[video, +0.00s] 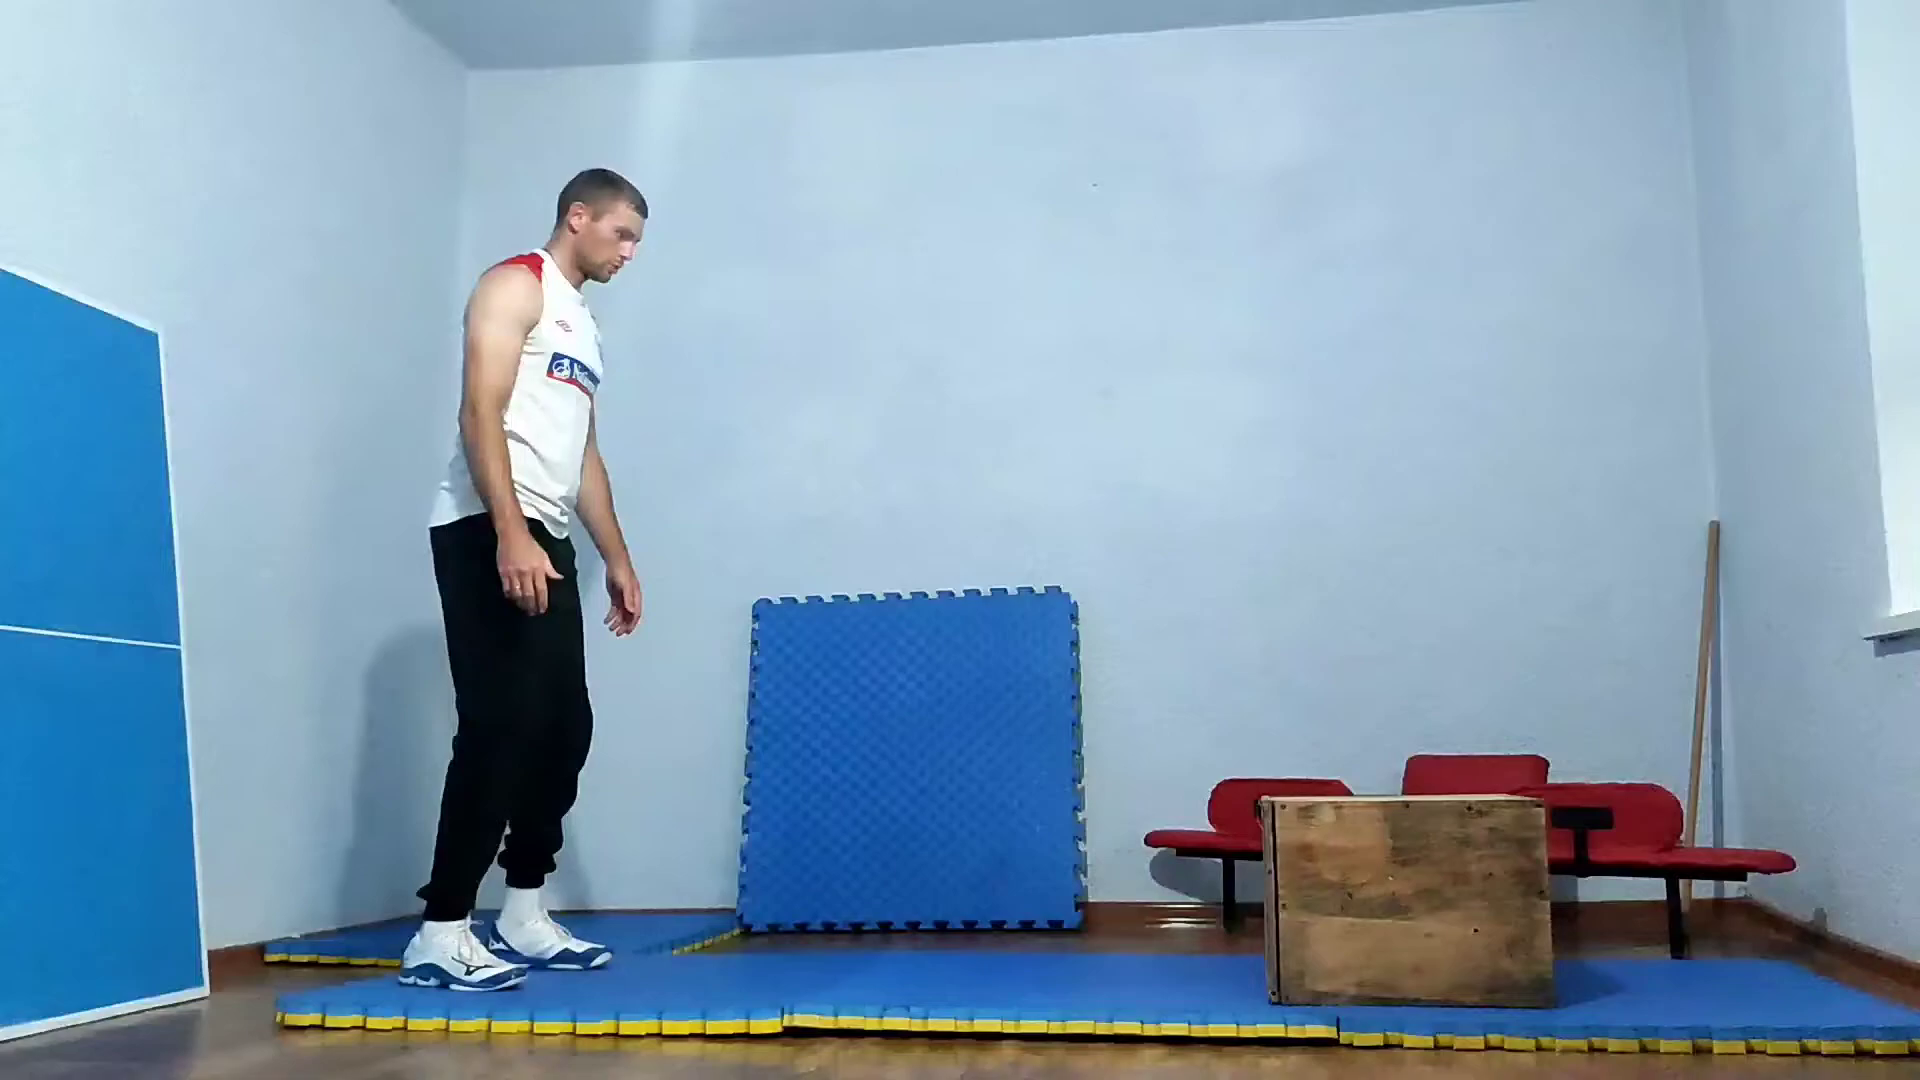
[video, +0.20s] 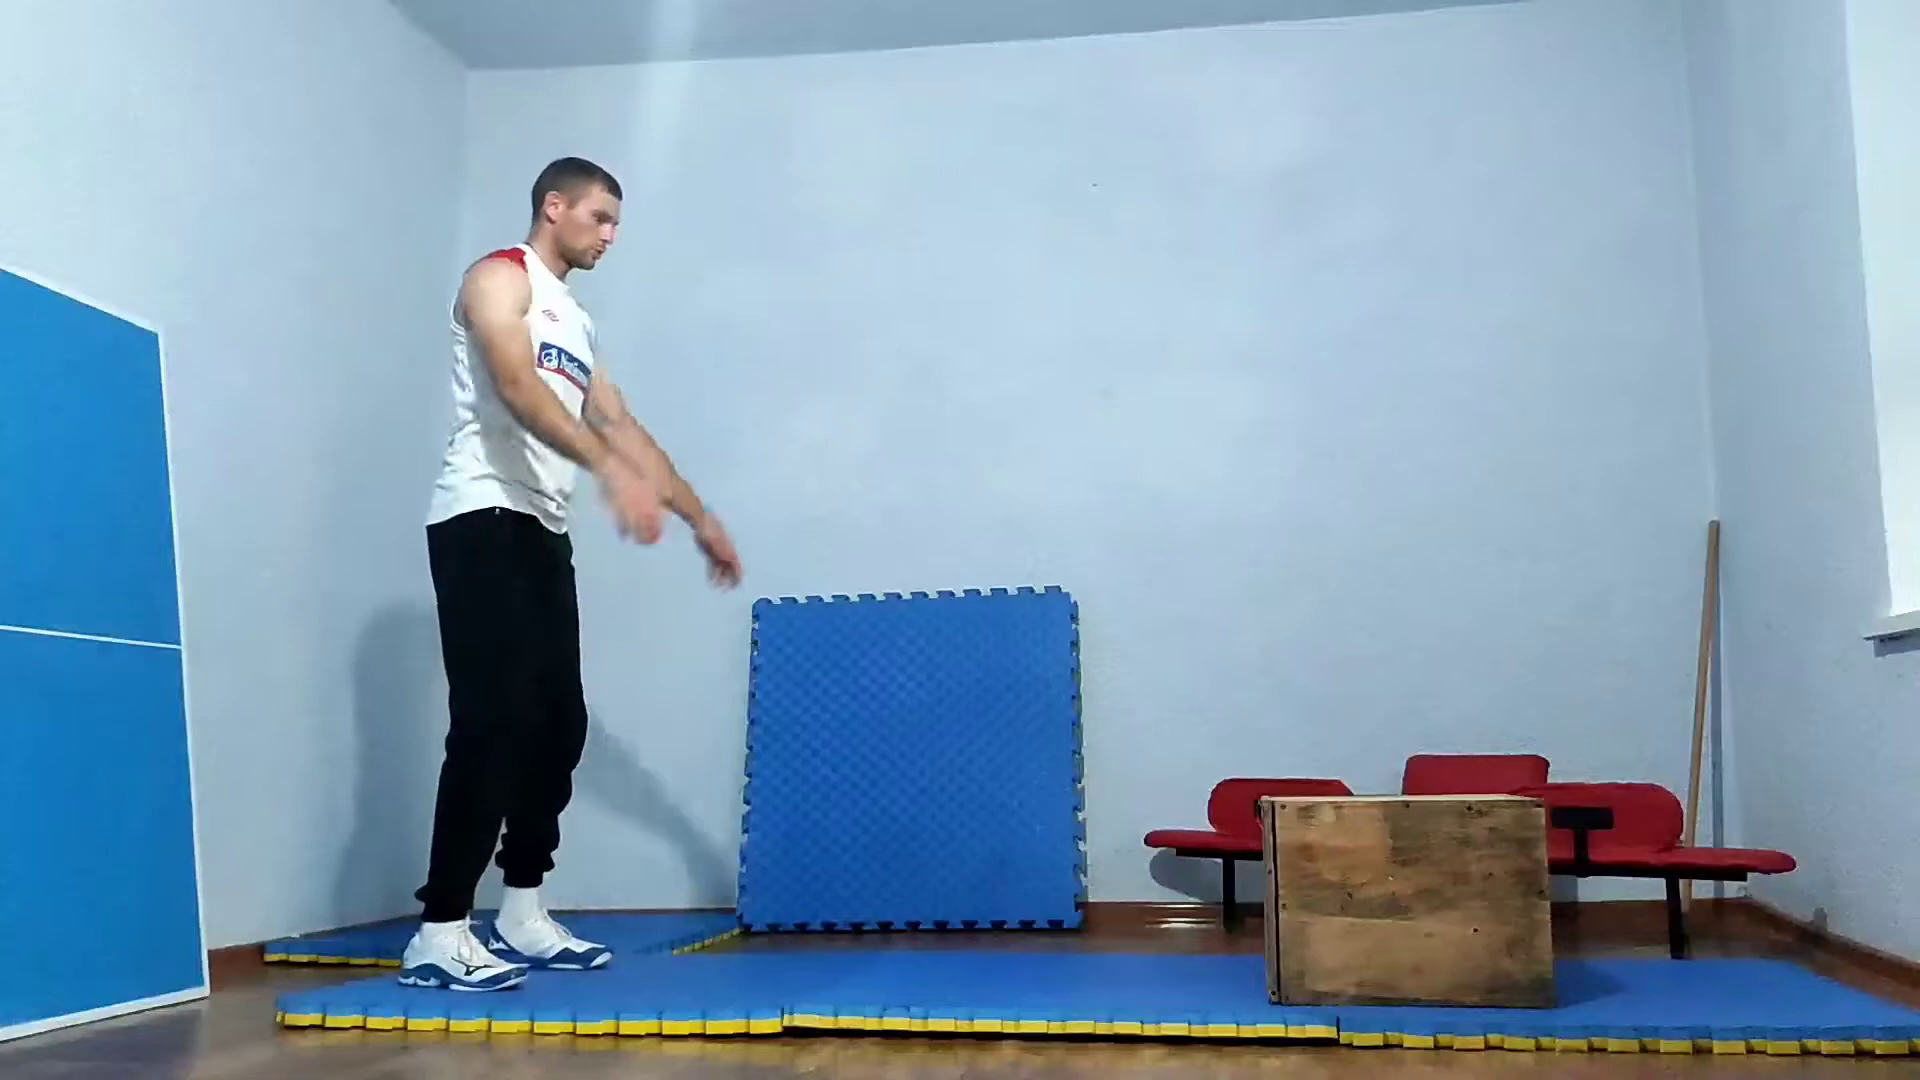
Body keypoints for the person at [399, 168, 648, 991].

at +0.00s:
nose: (629, 253)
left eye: (636, 241)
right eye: (622, 236)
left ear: (595, 229)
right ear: (575, 218)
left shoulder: (583, 321)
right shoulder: (513, 287)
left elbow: (583, 453)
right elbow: (481, 413)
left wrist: (616, 559)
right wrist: (511, 532)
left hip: (547, 540)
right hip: (488, 533)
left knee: (563, 726)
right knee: (499, 726)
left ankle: (522, 912)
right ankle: (441, 930)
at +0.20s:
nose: (610, 234)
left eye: (615, 222)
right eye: (600, 217)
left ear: (580, 220)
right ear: (552, 208)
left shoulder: (572, 320)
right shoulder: (498, 278)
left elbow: (618, 425)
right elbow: (516, 385)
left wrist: (696, 513)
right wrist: (607, 465)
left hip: (540, 535)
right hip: (482, 524)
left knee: (558, 719)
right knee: (491, 719)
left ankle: (520, 913)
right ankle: (441, 930)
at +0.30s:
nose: (597, 226)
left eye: (601, 215)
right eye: (586, 209)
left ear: (568, 217)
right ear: (536, 202)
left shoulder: (565, 310)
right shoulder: (489, 270)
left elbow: (656, 385)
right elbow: (560, 331)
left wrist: (771, 422)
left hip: (545, 527)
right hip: (485, 519)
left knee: (559, 719)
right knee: (491, 719)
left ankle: (522, 913)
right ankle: (441, 931)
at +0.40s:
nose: (587, 211)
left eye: (591, 202)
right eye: (573, 196)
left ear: (580, 214)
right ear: (523, 199)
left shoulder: (572, 299)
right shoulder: (481, 266)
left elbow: (679, 318)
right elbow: (575, 253)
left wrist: (789, 292)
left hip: (553, 529)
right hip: (492, 520)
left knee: (559, 722)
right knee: (488, 721)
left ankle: (523, 912)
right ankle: (441, 930)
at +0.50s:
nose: (577, 195)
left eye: (577, 186)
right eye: (563, 182)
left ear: (556, 195)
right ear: (519, 190)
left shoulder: (568, 286)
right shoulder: (487, 259)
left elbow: (673, 251)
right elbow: (579, 186)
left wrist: (764, 184)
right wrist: (680, 106)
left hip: (562, 524)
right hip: (502, 519)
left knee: (560, 719)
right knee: (491, 717)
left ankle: (523, 910)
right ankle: (440, 930)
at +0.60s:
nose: (582, 192)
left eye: (582, 178)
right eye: (570, 175)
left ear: (565, 197)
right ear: (524, 182)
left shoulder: (572, 275)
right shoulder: (494, 255)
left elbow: (656, 208)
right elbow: (569, 146)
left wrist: (716, 116)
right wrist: (642, 51)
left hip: (572, 521)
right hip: (512, 515)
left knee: (563, 721)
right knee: (493, 719)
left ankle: (525, 906)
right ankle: (443, 928)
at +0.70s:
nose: (582, 192)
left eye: (585, 180)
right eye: (566, 177)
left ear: (582, 197)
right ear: (528, 184)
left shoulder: (570, 266)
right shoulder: (498, 251)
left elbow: (639, 180)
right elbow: (553, 128)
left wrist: (675, 78)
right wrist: (609, 22)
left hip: (581, 513)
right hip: (519, 510)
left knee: (570, 718)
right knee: (501, 718)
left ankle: (530, 900)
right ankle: (445, 923)